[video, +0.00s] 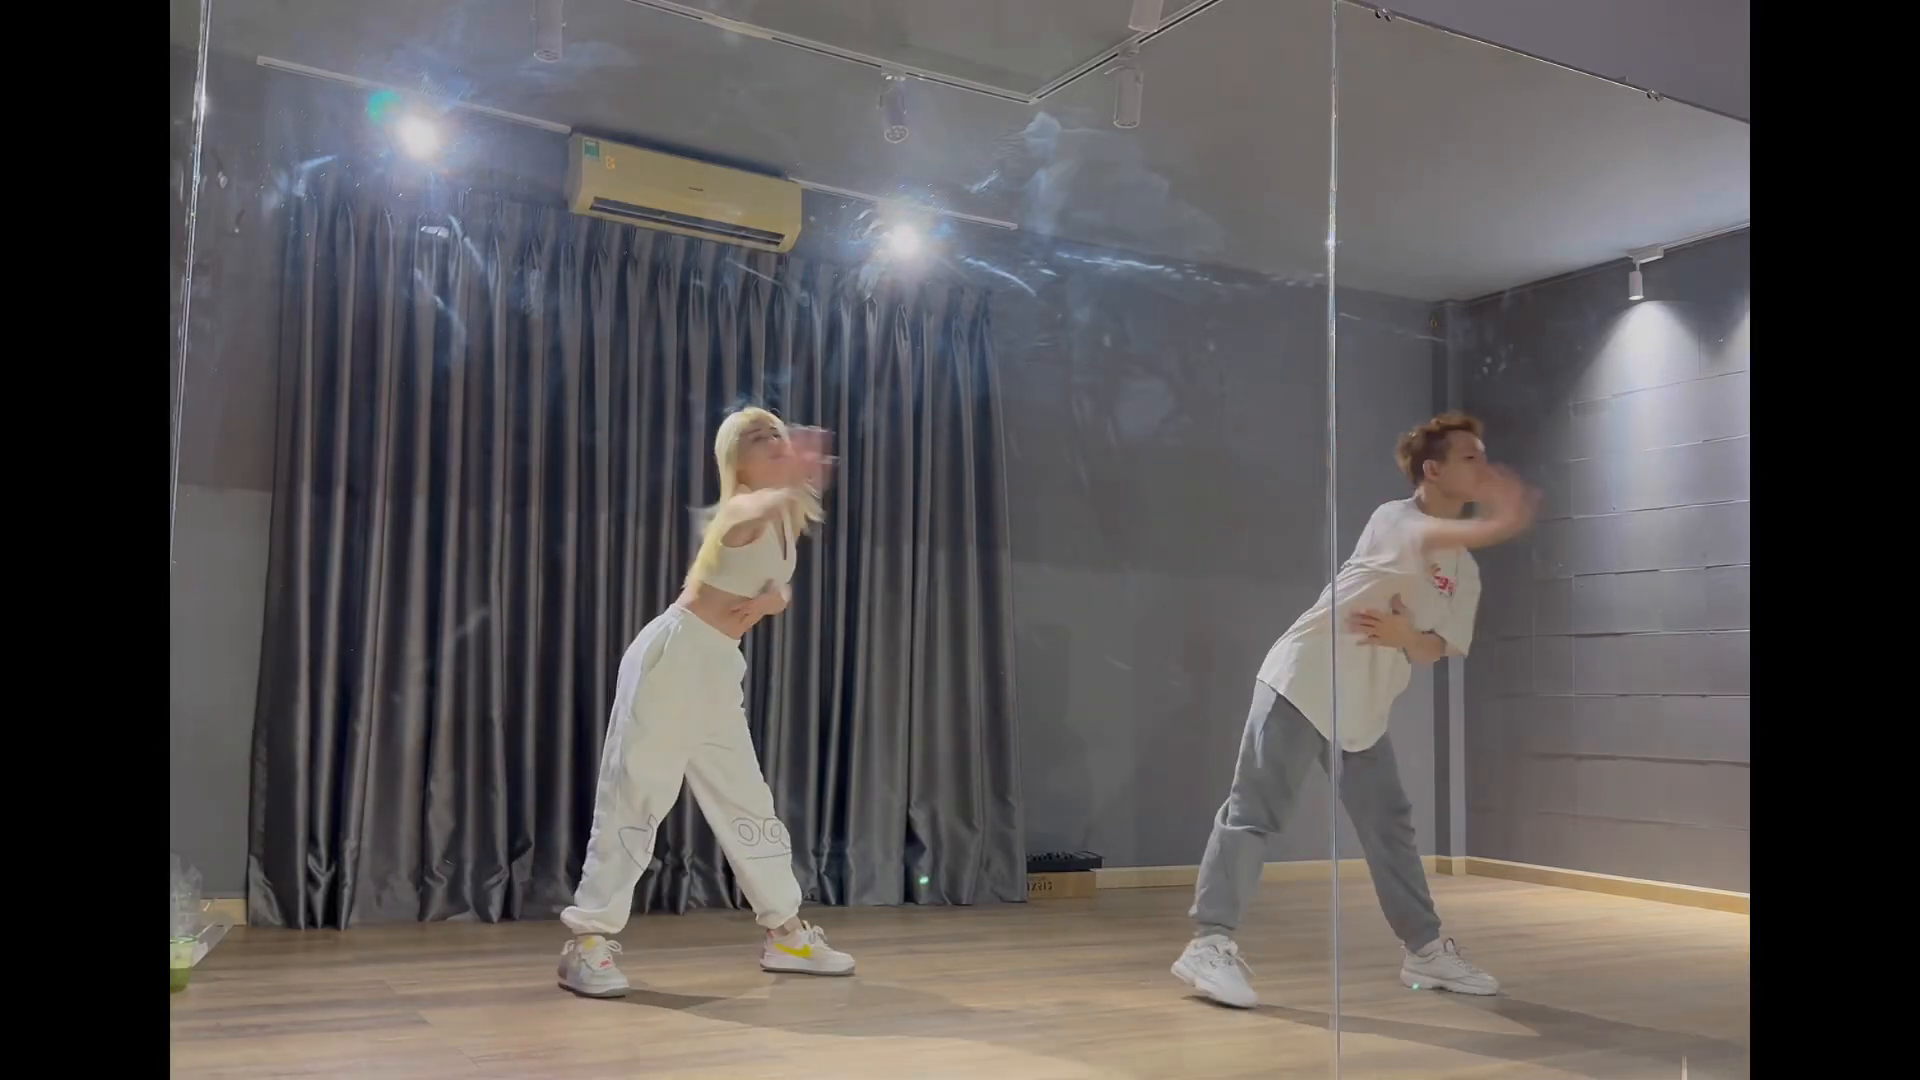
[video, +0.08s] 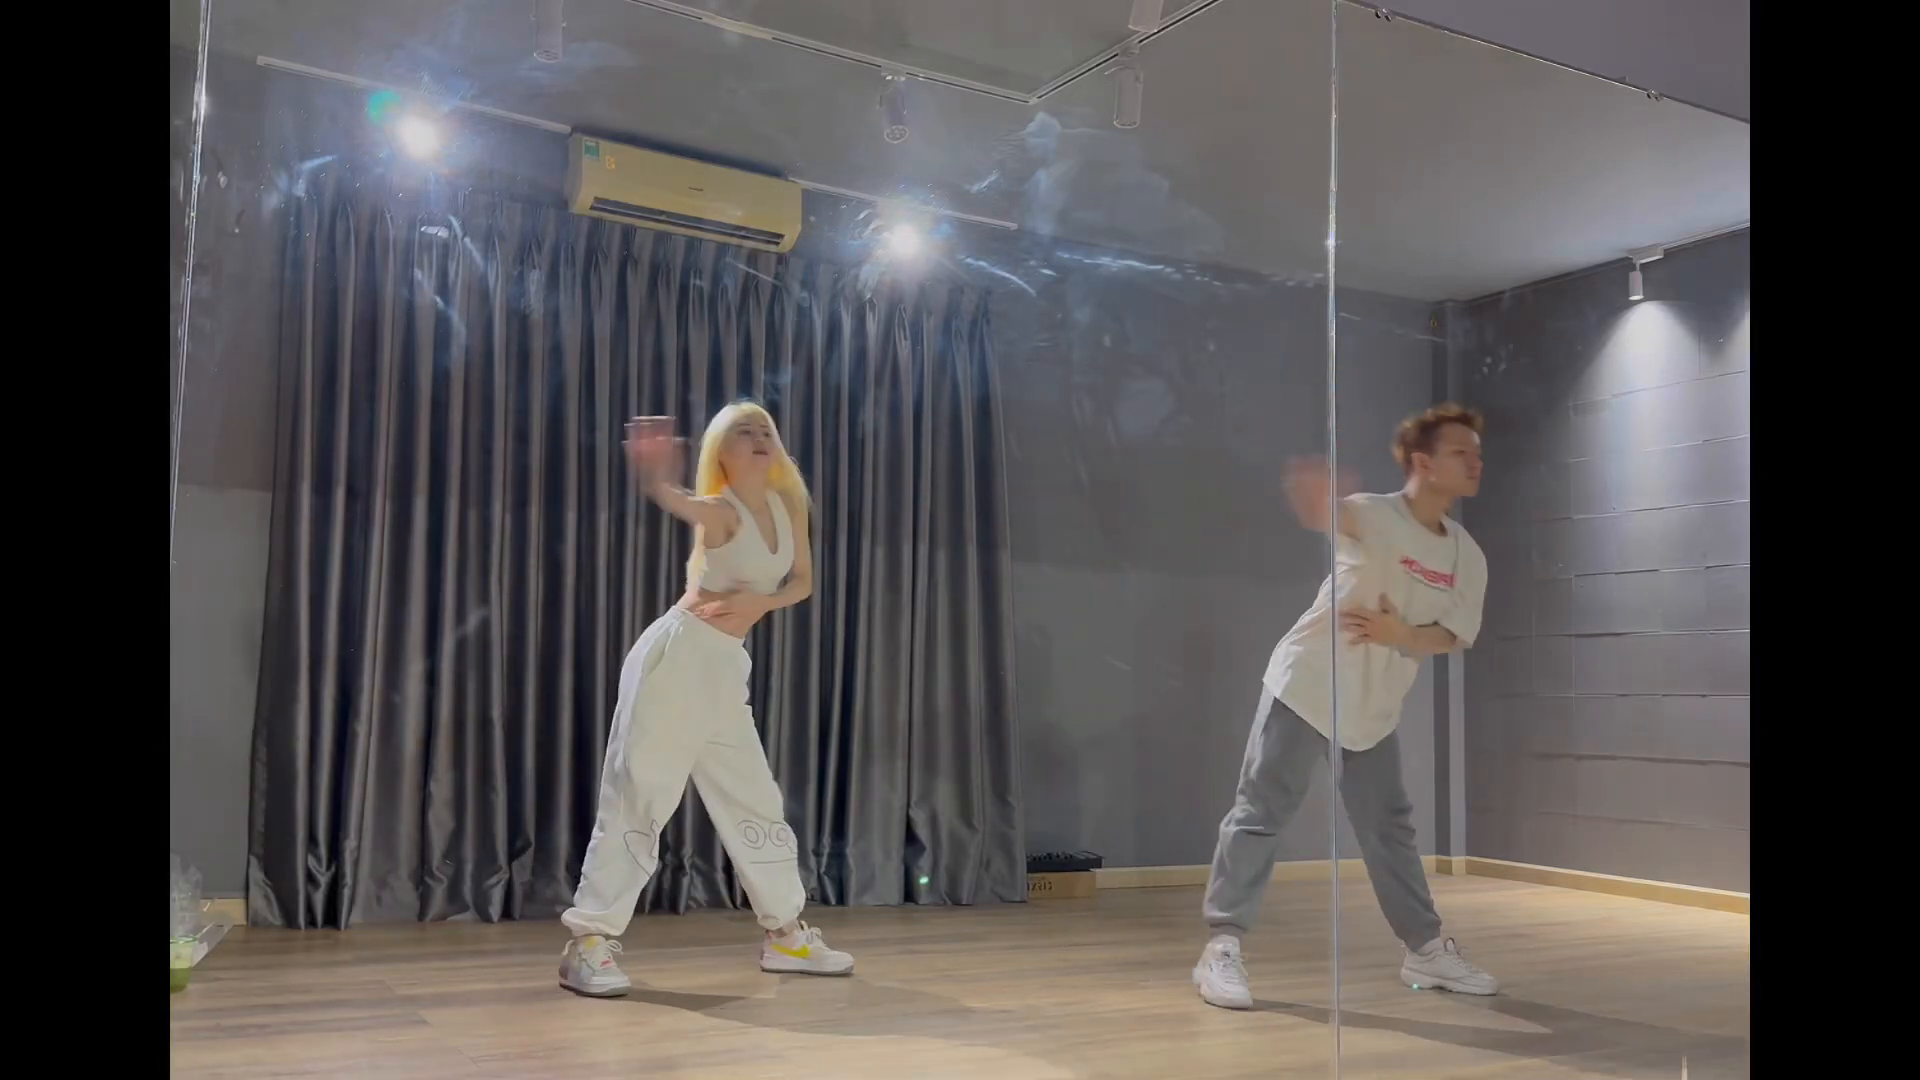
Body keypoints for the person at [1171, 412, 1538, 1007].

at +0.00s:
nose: (1485, 467)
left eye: (1483, 457)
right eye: (1471, 457)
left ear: (1462, 473)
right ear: (1431, 469)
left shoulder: (1467, 568)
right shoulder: (1394, 519)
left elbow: (1443, 648)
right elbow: (1433, 534)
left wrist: (1406, 635)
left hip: (1360, 701)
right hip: (1305, 675)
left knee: (1389, 824)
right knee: (1254, 811)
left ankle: (1426, 951)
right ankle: (1208, 945)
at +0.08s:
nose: (1476, 464)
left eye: (1478, 455)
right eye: (1462, 454)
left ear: (1472, 467)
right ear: (1420, 461)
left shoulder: (1468, 557)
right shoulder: (1376, 513)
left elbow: (1455, 636)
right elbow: (1330, 518)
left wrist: (1397, 634)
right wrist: (1315, 500)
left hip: (1371, 705)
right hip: (1308, 682)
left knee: (1389, 825)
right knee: (1260, 813)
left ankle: (1426, 950)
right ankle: (1221, 951)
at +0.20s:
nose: (1424, 458)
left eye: (1429, 448)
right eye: (1409, 448)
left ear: (1432, 454)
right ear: (1370, 453)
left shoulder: (1447, 529)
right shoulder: (1323, 512)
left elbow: (1478, 609)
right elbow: (1235, 504)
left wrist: (1408, 629)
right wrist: (1176, 531)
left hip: (1391, 700)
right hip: (1314, 689)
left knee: (1411, 815)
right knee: (1280, 812)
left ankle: (1433, 947)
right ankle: (1237, 949)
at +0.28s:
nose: (1392, 461)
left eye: (1398, 450)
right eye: (1376, 451)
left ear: (1404, 456)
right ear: (1341, 458)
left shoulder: (1428, 523)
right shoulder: (1299, 510)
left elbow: (1505, 583)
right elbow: (1217, 472)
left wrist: (1431, 579)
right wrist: (1219, 535)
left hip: (1397, 708)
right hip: (1311, 702)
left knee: (1433, 824)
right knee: (1285, 816)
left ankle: (1453, 947)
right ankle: (1239, 949)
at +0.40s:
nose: (1386, 474)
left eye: (1392, 462)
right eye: (1371, 463)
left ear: (1401, 465)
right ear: (1337, 469)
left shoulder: (1419, 534)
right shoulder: (1296, 521)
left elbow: (1437, 616)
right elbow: (1223, 530)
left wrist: (1379, 584)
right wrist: (1283, 484)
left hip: (1402, 708)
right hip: (1312, 703)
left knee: (1444, 825)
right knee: (1261, 798)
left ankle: (1472, 952)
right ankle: (1257, 949)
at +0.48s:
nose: (1385, 501)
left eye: (1393, 487)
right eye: (1370, 489)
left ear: (1404, 489)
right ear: (1342, 492)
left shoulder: (1420, 560)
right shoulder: (1310, 545)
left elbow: (1390, 627)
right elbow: (1267, 571)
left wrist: (1309, 607)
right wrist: (1277, 494)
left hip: (1416, 734)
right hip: (1324, 729)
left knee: (1455, 847)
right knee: (1235, 792)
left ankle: (1475, 957)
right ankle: (1260, 942)